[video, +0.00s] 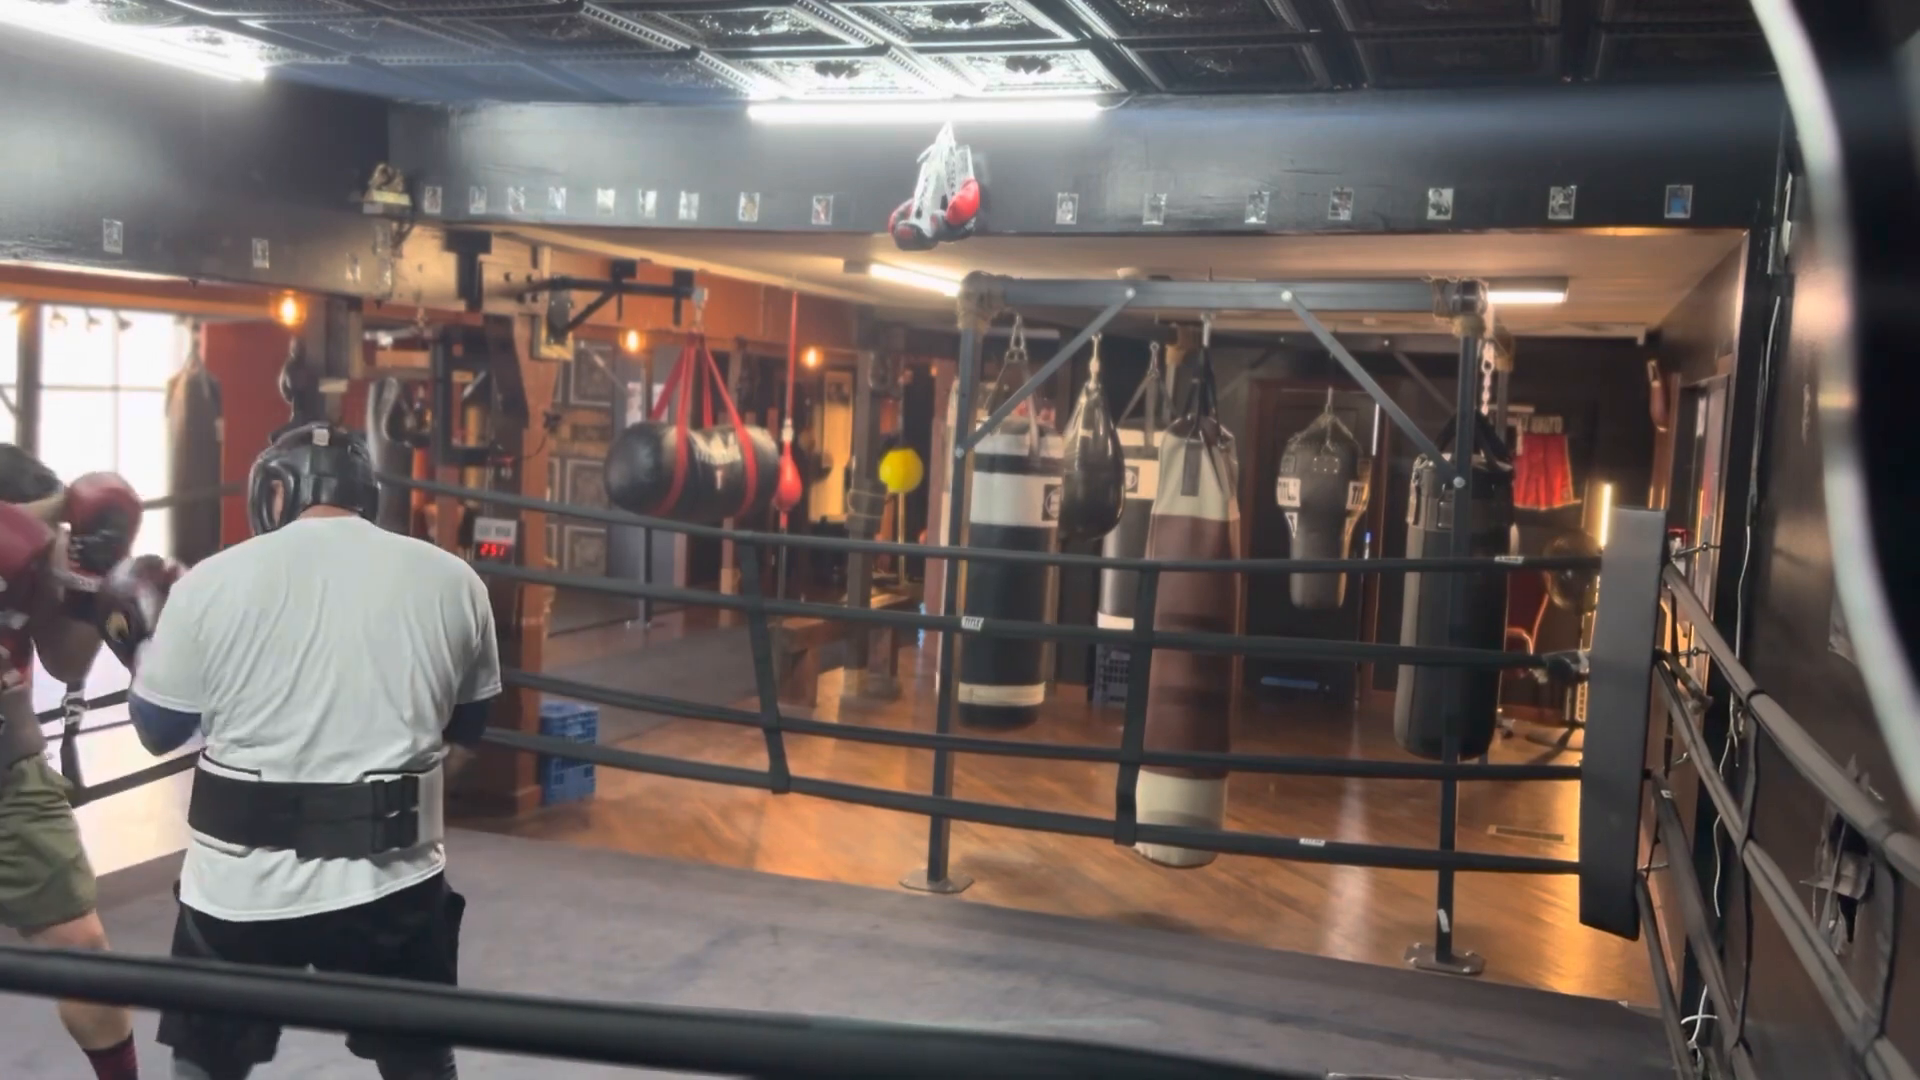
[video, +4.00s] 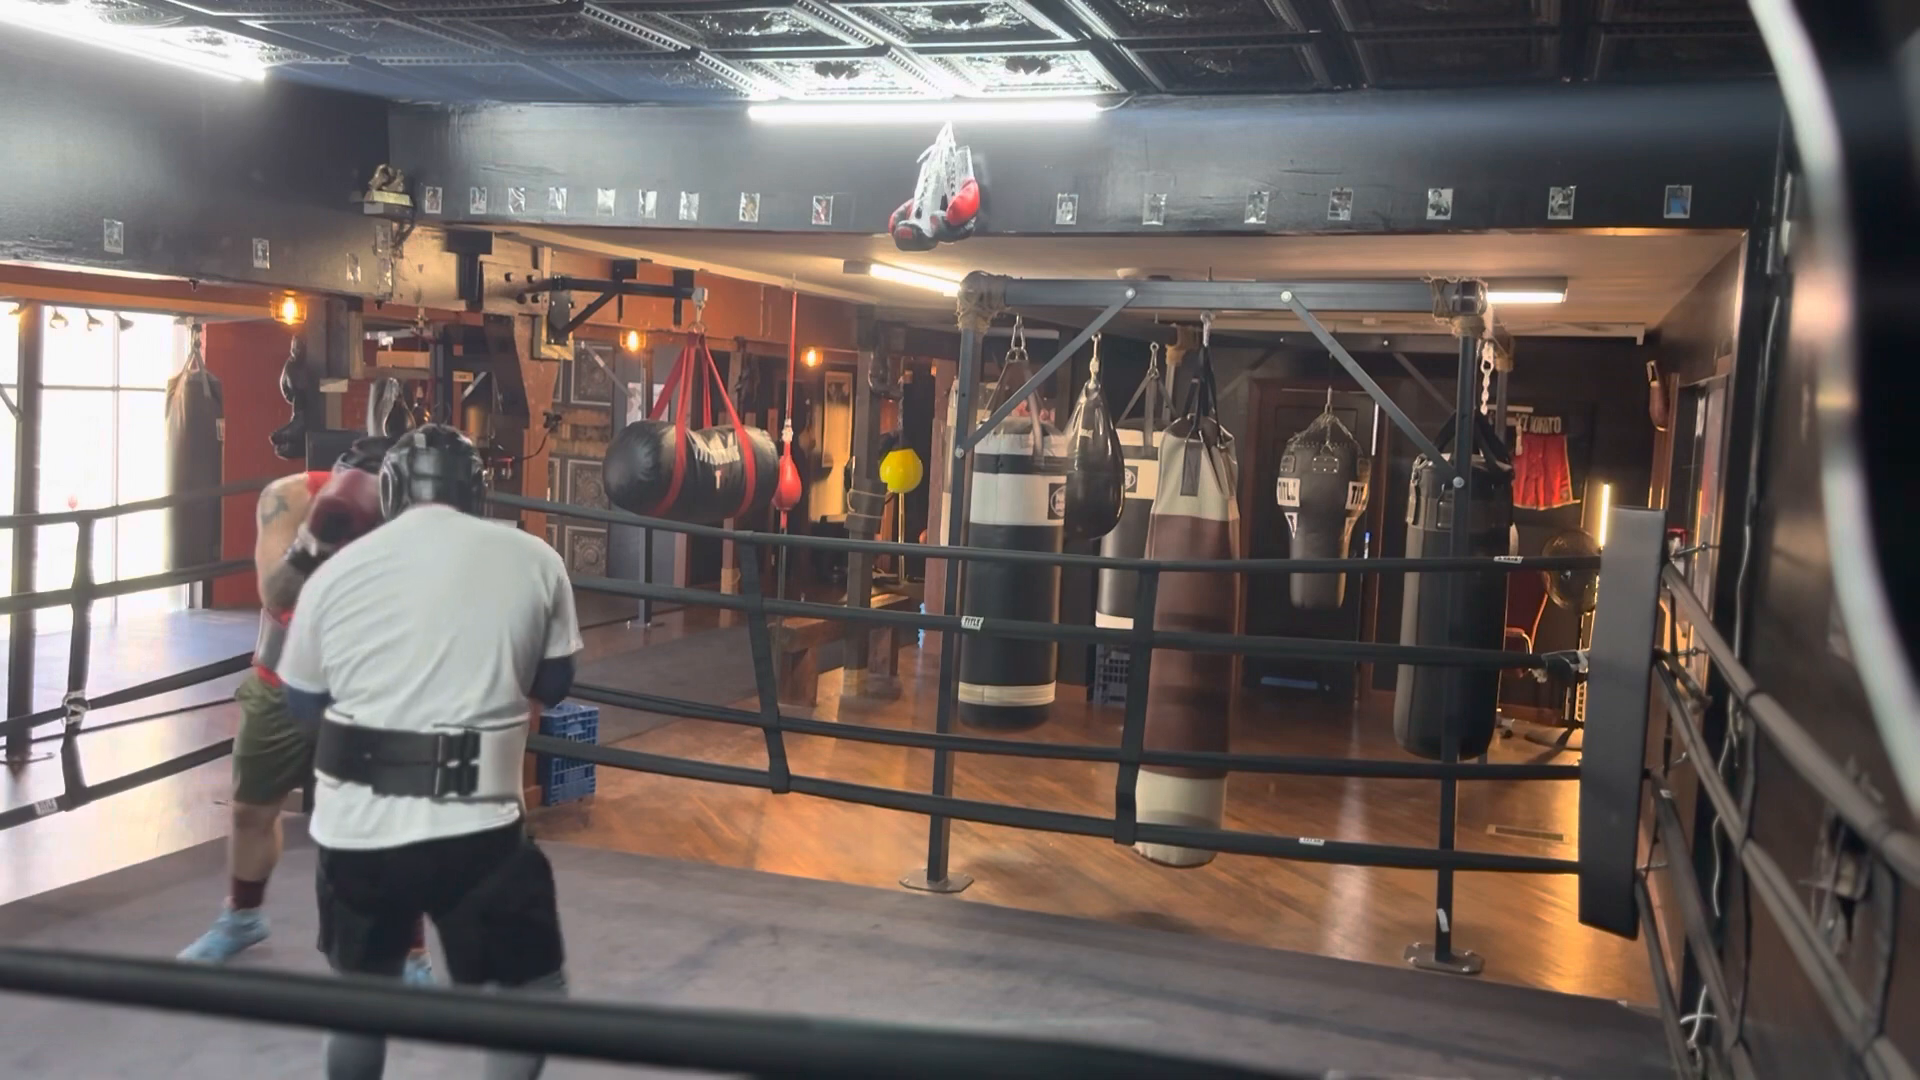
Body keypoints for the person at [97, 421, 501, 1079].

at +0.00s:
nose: (255, 508)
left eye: (260, 494)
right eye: (258, 495)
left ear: (277, 494)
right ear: (369, 497)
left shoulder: (211, 583)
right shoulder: (450, 580)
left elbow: (159, 728)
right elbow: (466, 725)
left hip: (240, 896)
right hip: (393, 895)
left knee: (204, 1062)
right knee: (420, 1063)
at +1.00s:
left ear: (215, 488)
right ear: (306, 496)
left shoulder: (144, 553)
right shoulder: (361, 578)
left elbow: (71, 660)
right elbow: (355, 731)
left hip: (135, 854)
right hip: (272, 863)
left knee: (112, 1017)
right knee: (313, 1049)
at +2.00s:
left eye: (254, 482)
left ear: (260, 486)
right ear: (348, 488)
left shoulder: (206, 542)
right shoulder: (403, 557)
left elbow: (98, 576)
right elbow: (413, 675)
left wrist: (121, 532)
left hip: (211, 824)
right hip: (339, 828)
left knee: (176, 976)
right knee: (375, 1011)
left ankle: (139, 1076)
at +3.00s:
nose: (382, 503)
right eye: (378, 493)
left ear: (291, 484)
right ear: (366, 489)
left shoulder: (222, 539)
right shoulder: (398, 531)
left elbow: (140, 618)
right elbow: (414, 651)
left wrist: (179, 690)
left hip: (236, 816)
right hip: (356, 809)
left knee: (241, 982)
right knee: (426, 972)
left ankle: (213, 1069)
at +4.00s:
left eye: (387, 485)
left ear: (392, 490)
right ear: (477, 491)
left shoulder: (337, 571)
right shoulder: (533, 558)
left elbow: (302, 704)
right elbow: (551, 687)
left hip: (357, 838)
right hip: (477, 836)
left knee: (359, 1003)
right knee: (530, 1006)